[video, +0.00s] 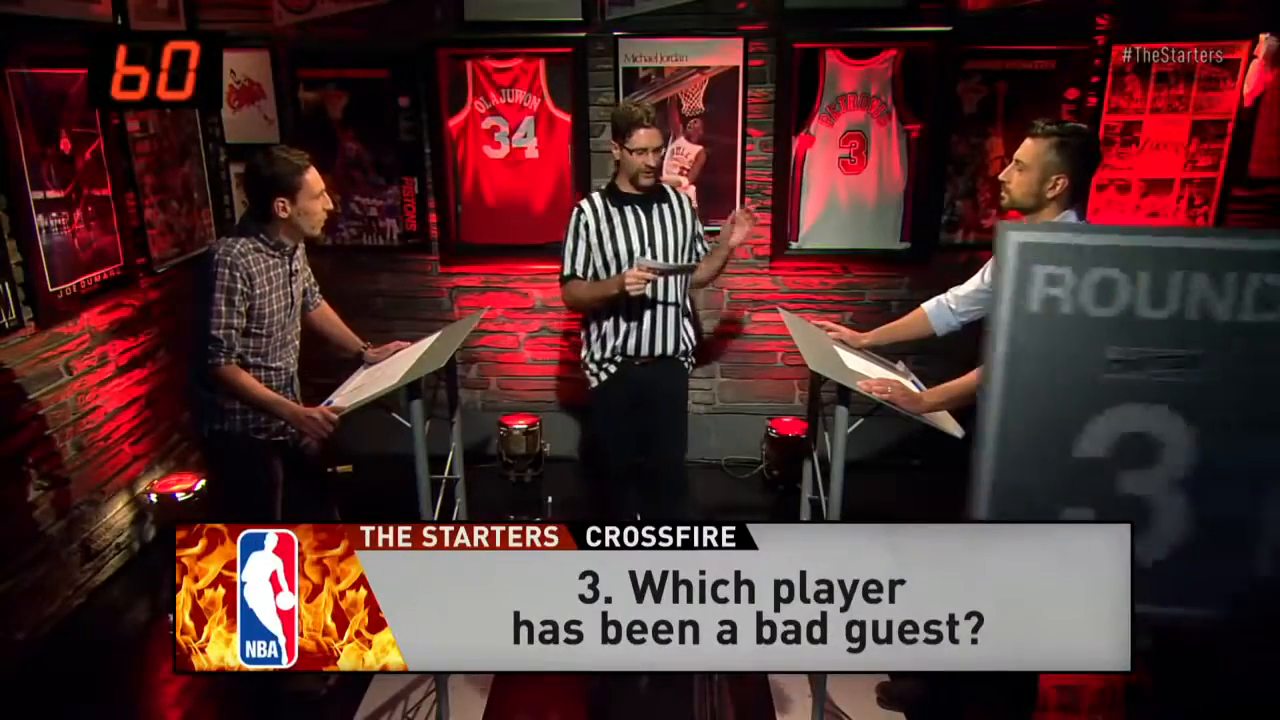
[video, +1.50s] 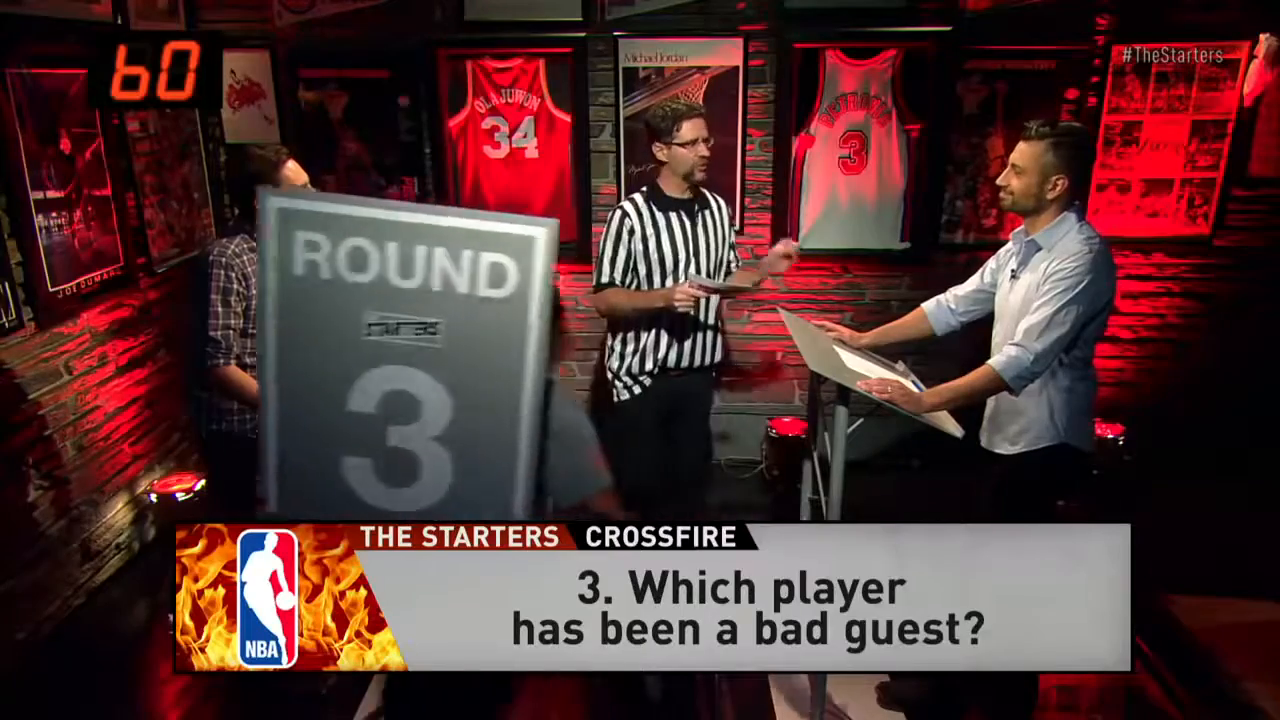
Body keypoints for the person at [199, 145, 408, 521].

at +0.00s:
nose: (329, 204)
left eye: (325, 193)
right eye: (319, 196)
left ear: (286, 207)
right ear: (283, 207)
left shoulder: (292, 248)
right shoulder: (233, 260)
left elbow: (313, 305)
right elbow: (220, 365)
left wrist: (364, 350)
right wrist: (295, 413)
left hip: (288, 428)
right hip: (243, 437)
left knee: (307, 527)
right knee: (255, 540)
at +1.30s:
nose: (314, 196)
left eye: (308, 185)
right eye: (301, 189)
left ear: (270, 205)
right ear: (266, 205)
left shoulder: (289, 246)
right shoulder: (227, 261)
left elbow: (312, 304)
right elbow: (218, 367)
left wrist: (364, 350)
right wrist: (293, 413)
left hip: (285, 425)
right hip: (241, 435)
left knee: (298, 527)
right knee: (253, 538)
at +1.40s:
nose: (310, 198)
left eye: (307, 187)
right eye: (301, 190)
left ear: (272, 205)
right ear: (266, 205)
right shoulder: (227, 260)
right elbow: (217, 366)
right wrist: (294, 413)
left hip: (283, 428)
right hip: (240, 435)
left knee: (293, 530)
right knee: (252, 538)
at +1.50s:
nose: (306, 204)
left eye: (307, 192)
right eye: (296, 194)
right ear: (262, 198)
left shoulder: (296, 251)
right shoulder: (231, 256)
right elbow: (219, 364)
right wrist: (284, 406)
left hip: (287, 428)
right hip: (242, 435)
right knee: (246, 533)